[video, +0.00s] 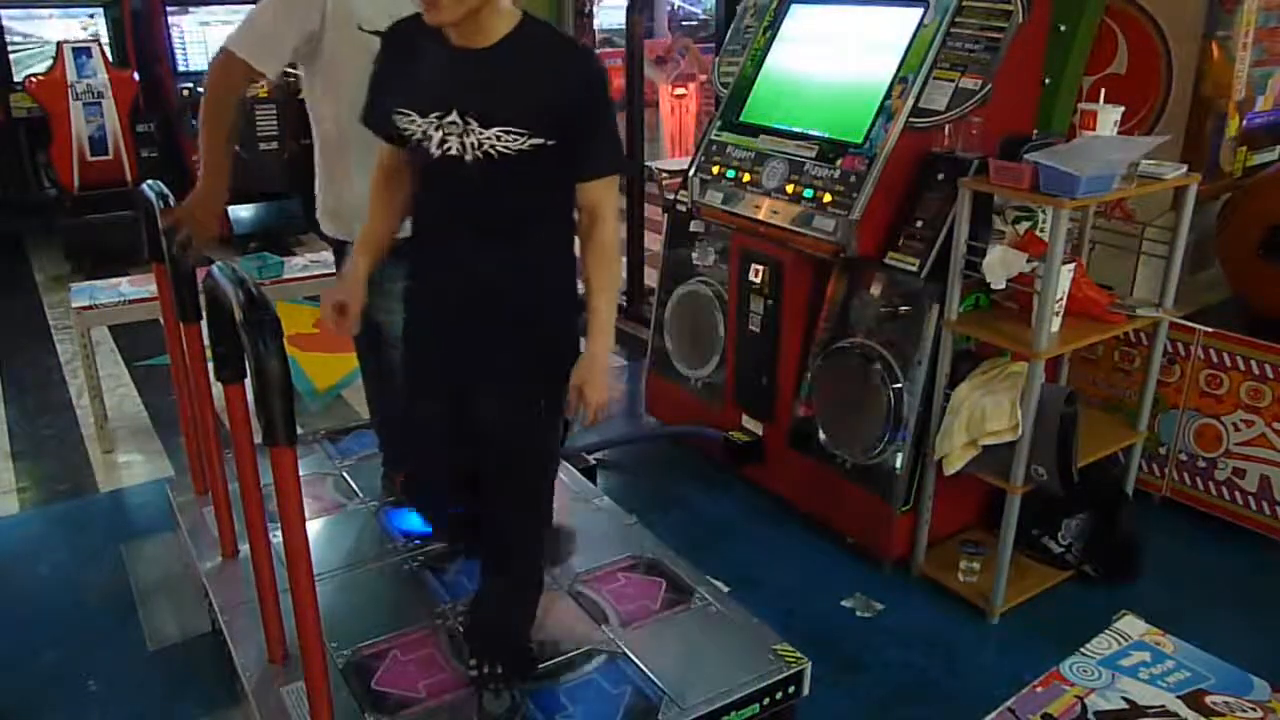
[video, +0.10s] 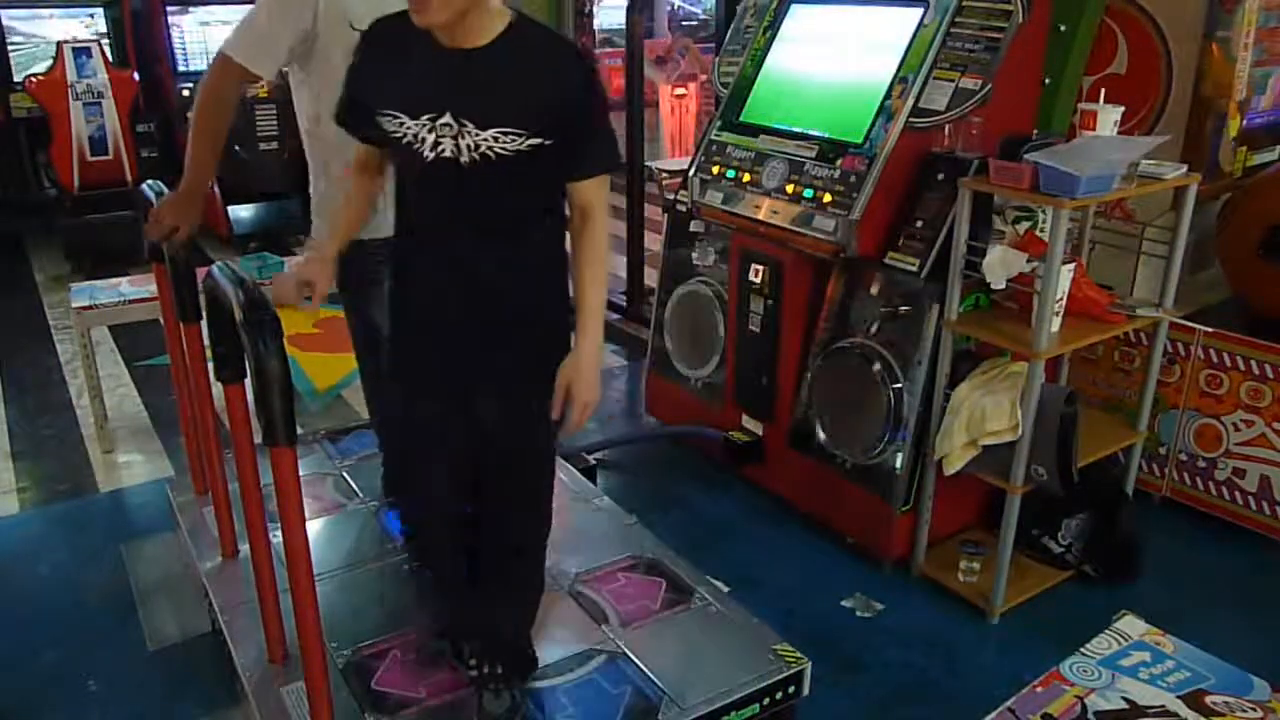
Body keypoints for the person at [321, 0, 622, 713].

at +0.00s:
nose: (425, 4)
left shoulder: (570, 70)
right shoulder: (408, 45)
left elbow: (599, 216)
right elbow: (395, 166)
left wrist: (600, 346)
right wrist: (357, 267)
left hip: (531, 325)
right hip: (436, 319)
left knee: (514, 505)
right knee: (436, 481)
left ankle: (501, 661)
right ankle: (529, 541)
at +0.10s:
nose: (413, 7)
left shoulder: (559, 69)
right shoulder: (388, 43)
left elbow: (590, 214)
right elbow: (366, 167)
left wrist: (588, 345)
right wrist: (323, 250)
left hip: (521, 327)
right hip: (423, 322)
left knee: (514, 497)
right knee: (428, 489)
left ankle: (506, 661)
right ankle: (455, 624)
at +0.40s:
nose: (359, 3)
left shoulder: (526, 63)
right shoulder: (322, 55)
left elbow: (554, 206)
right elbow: (270, 166)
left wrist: (571, 336)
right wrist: (266, 277)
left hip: (497, 340)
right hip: (389, 346)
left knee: (510, 523)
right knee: (398, 533)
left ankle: (501, 666)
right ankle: (395, 694)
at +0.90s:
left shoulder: (430, 41)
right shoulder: (227, 61)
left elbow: (467, 191)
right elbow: (151, 182)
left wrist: (509, 311)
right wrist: (240, 305)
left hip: (434, 334)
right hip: (336, 352)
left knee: (457, 497)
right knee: (375, 536)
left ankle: (424, 631)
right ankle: (392, 693)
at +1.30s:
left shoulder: (332, 51)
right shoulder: (283, 55)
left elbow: (354, 212)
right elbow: (170, 196)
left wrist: (440, 282)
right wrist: (240, 308)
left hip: (380, 349)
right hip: (350, 365)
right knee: (420, 547)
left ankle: (372, 695)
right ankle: (393, 704)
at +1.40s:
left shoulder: (314, 42)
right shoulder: (300, 44)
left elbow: (327, 212)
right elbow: (207, 199)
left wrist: (403, 307)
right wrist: (246, 314)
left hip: (335, 344)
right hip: (356, 351)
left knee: (353, 528)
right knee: (454, 521)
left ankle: (360, 683)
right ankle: (408, 701)